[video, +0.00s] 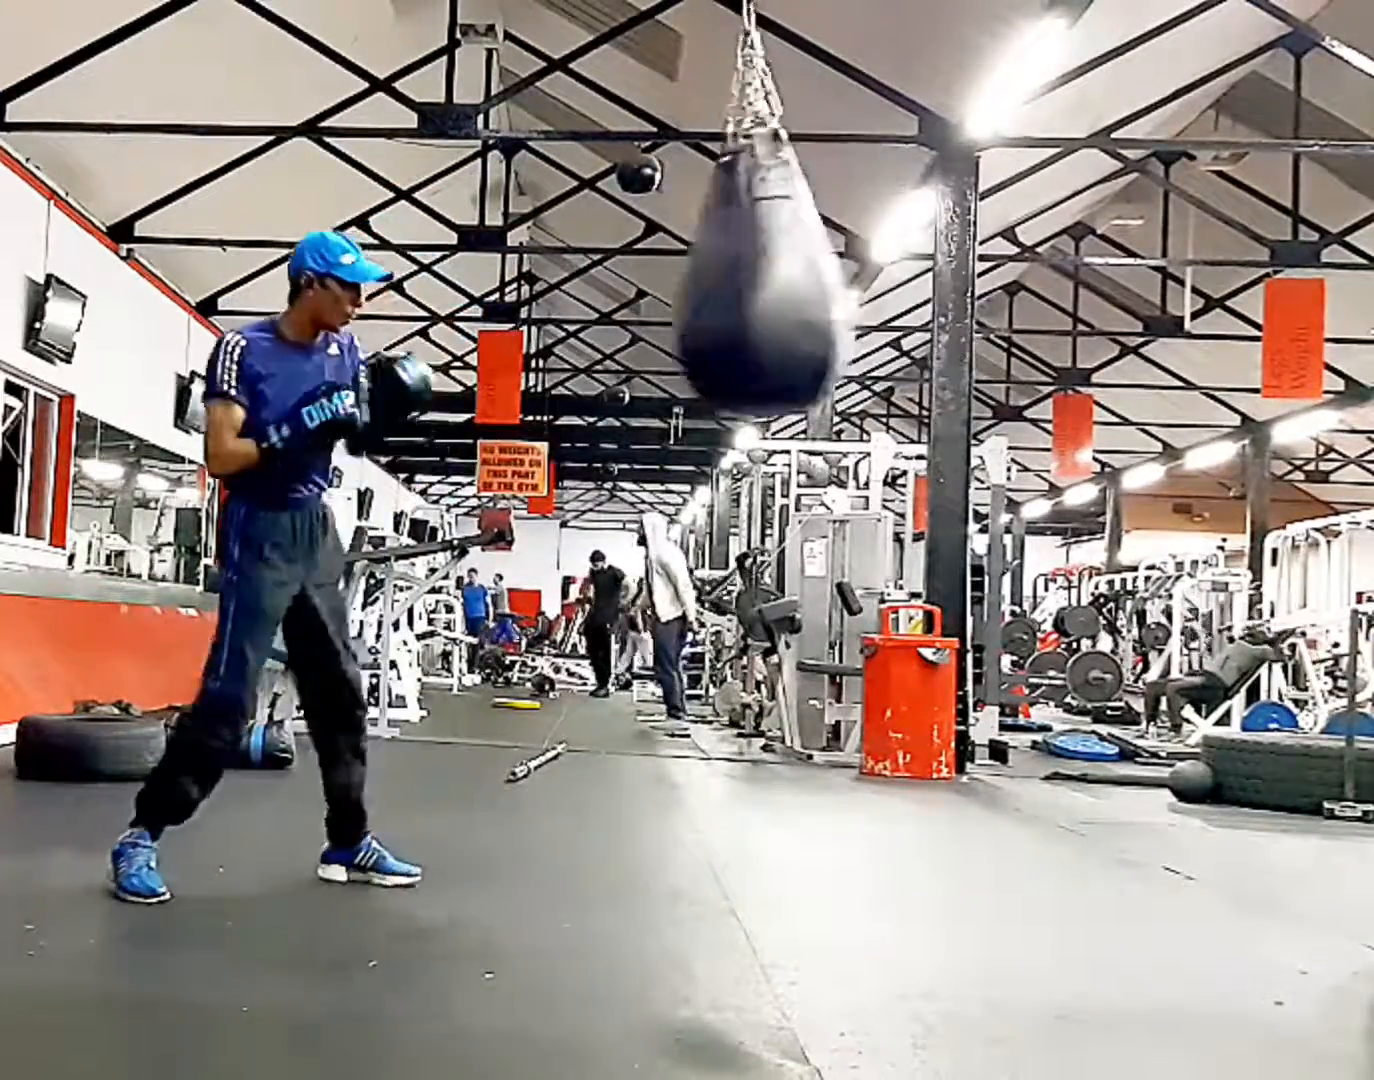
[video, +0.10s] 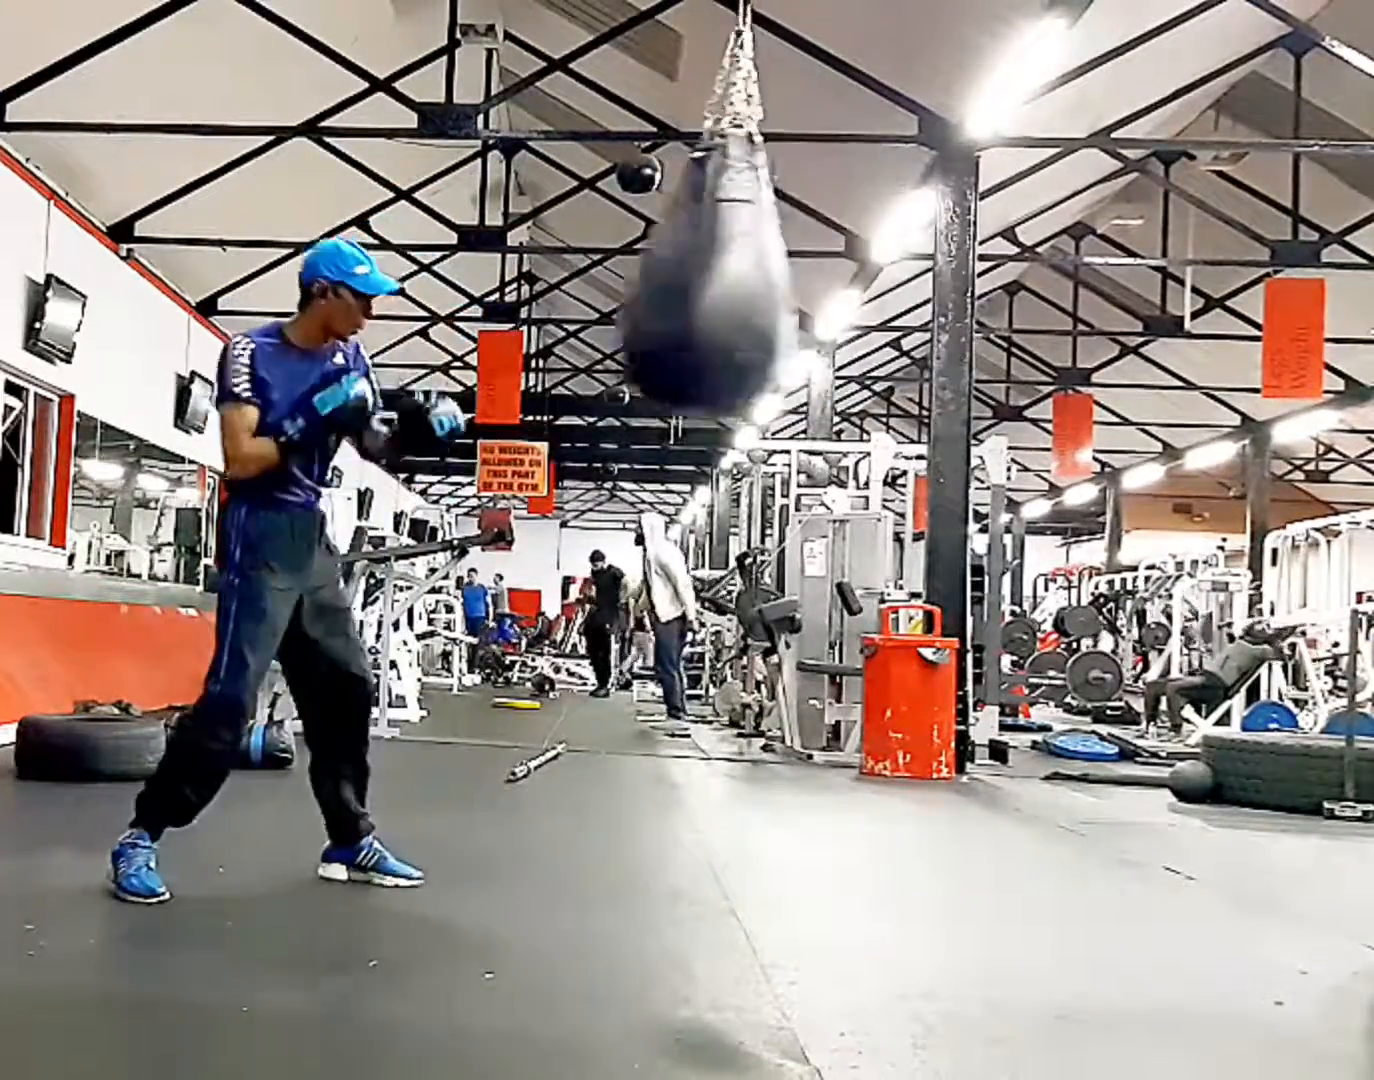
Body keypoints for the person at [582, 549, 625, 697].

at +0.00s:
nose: (596, 568)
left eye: (598, 564)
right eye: (594, 565)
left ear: (604, 562)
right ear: (591, 563)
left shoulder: (614, 574)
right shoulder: (594, 575)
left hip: (605, 619)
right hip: (593, 619)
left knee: (603, 653)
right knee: (594, 652)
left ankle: (603, 684)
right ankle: (600, 683)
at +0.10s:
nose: (596, 568)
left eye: (598, 564)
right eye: (593, 565)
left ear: (604, 561)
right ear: (591, 564)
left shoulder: (614, 574)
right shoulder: (596, 576)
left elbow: (619, 601)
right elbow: (599, 600)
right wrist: (588, 599)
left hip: (607, 620)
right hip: (594, 619)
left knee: (603, 653)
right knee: (594, 653)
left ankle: (604, 684)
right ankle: (600, 683)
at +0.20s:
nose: (595, 567)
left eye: (596, 564)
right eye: (593, 564)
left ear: (602, 561)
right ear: (592, 563)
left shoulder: (613, 573)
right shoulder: (598, 575)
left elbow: (614, 599)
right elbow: (601, 597)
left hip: (607, 619)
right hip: (595, 618)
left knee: (602, 653)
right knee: (594, 653)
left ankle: (603, 685)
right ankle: (599, 684)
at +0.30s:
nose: (594, 568)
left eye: (595, 564)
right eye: (592, 565)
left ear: (601, 561)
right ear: (591, 563)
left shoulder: (609, 574)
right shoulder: (600, 575)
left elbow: (608, 600)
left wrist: (604, 619)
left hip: (603, 621)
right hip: (595, 619)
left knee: (601, 655)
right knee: (595, 654)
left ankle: (602, 686)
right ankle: (597, 684)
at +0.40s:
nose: (593, 568)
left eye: (593, 564)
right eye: (590, 565)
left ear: (599, 560)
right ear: (591, 563)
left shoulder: (610, 573)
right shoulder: (598, 576)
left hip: (605, 619)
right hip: (594, 618)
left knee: (603, 655)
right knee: (594, 654)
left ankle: (604, 686)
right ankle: (594, 684)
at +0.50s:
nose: (591, 568)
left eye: (591, 564)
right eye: (589, 565)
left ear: (596, 560)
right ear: (591, 563)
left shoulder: (608, 571)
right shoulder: (598, 576)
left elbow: (621, 584)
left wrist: (615, 600)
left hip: (608, 618)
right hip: (597, 618)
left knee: (605, 654)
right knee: (594, 653)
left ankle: (605, 686)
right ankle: (594, 684)